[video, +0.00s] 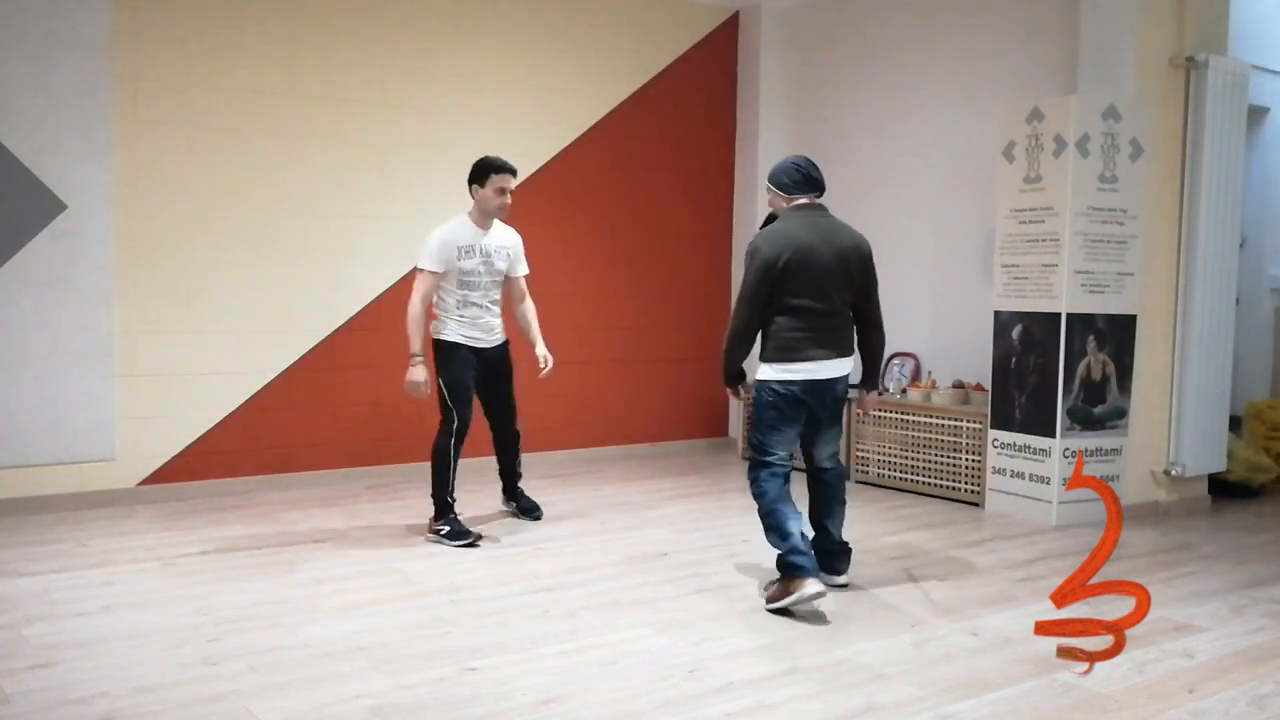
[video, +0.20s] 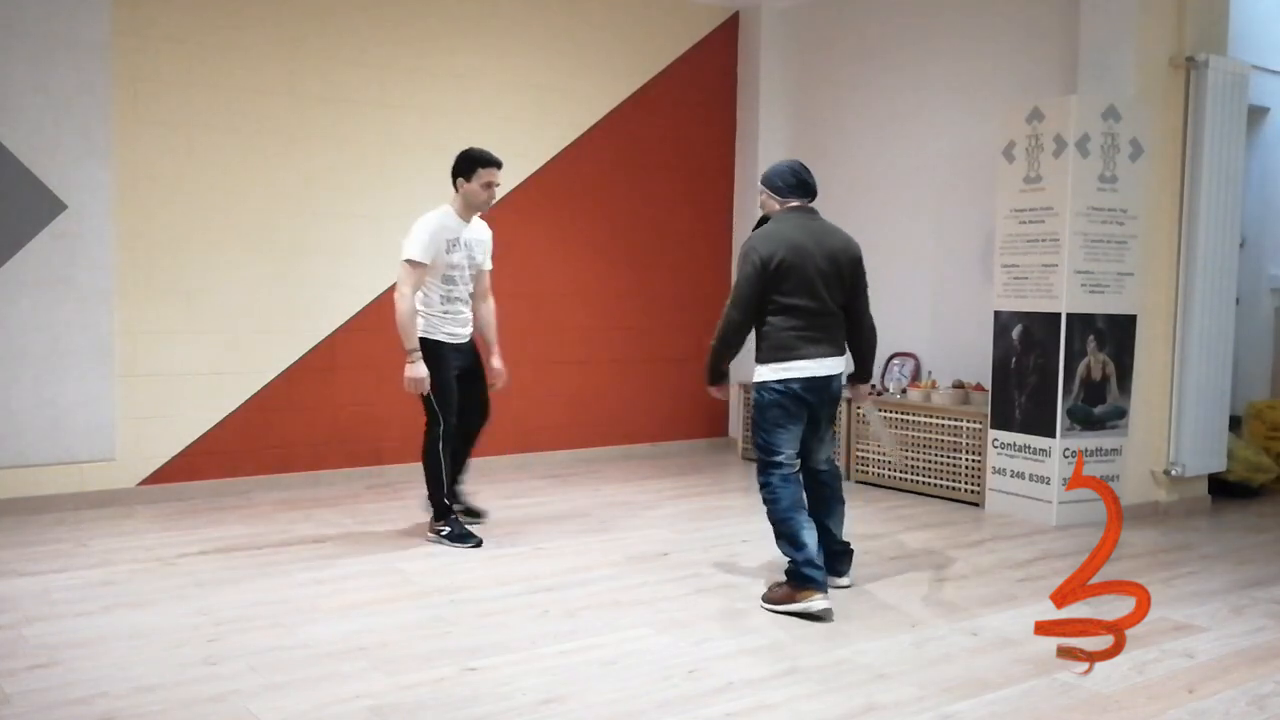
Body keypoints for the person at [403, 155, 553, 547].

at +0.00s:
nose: (508, 199)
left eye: (511, 192)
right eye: (501, 191)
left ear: (511, 194)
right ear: (476, 190)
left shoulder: (510, 240)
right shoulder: (446, 237)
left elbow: (522, 299)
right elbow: (419, 300)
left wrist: (538, 343)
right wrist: (416, 359)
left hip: (494, 345)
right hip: (453, 344)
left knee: (505, 423)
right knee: (457, 423)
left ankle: (512, 492)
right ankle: (442, 515)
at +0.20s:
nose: (494, 193)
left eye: (497, 185)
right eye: (487, 185)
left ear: (492, 187)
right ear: (461, 183)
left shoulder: (481, 232)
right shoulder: (432, 227)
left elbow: (483, 298)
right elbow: (403, 292)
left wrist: (493, 353)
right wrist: (412, 356)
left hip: (463, 342)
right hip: (432, 343)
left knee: (474, 414)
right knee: (443, 422)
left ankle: (448, 491)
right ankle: (442, 517)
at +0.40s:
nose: (469, 193)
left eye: (470, 184)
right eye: (462, 184)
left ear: (457, 185)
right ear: (435, 184)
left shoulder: (450, 232)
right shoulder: (409, 226)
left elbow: (451, 296)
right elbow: (383, 296)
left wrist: (451, 350)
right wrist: (388, 361)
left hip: (433, 344)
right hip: (409, 343)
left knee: (406, 426)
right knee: (432, 426)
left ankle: (348, 494)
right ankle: (441, 518)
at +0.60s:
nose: (422, 193)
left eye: (423, 185)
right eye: (414, 185)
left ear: (407, 189)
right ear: (388, 186)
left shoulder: (401, 234)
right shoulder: (363, 230)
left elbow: (409, 298)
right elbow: (332, 292)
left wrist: (430, 350)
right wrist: (317, 352)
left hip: (379, 344)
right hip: (364, 344)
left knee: (349, 428)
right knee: (410, 417)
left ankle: (301, 513)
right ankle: (430, 515)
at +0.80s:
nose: (361, 191)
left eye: (362, 183)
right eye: (353, 184)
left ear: (359, 185)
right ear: (326, 184)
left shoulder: (358, 229)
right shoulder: (302, 232)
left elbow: (377, 294)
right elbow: (279, 297)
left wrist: (403, 347)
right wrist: (286, 357)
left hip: (348, 354)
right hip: (316, 353)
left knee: (350, 434)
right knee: (330, 433)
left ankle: (299, 518)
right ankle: (243, 491)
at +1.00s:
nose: (332, 235)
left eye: (334, 226)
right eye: (325, 226)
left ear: (334, 225)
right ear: (298, 225)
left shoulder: (326, 273)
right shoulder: (268, 274)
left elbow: (341, 338)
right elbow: (266, 340)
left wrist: (362, 390)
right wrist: (309, 383)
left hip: (321, 383)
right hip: (281, 390)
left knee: (380, 422)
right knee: (269, 473)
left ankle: (336, 504)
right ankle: (183, 506)